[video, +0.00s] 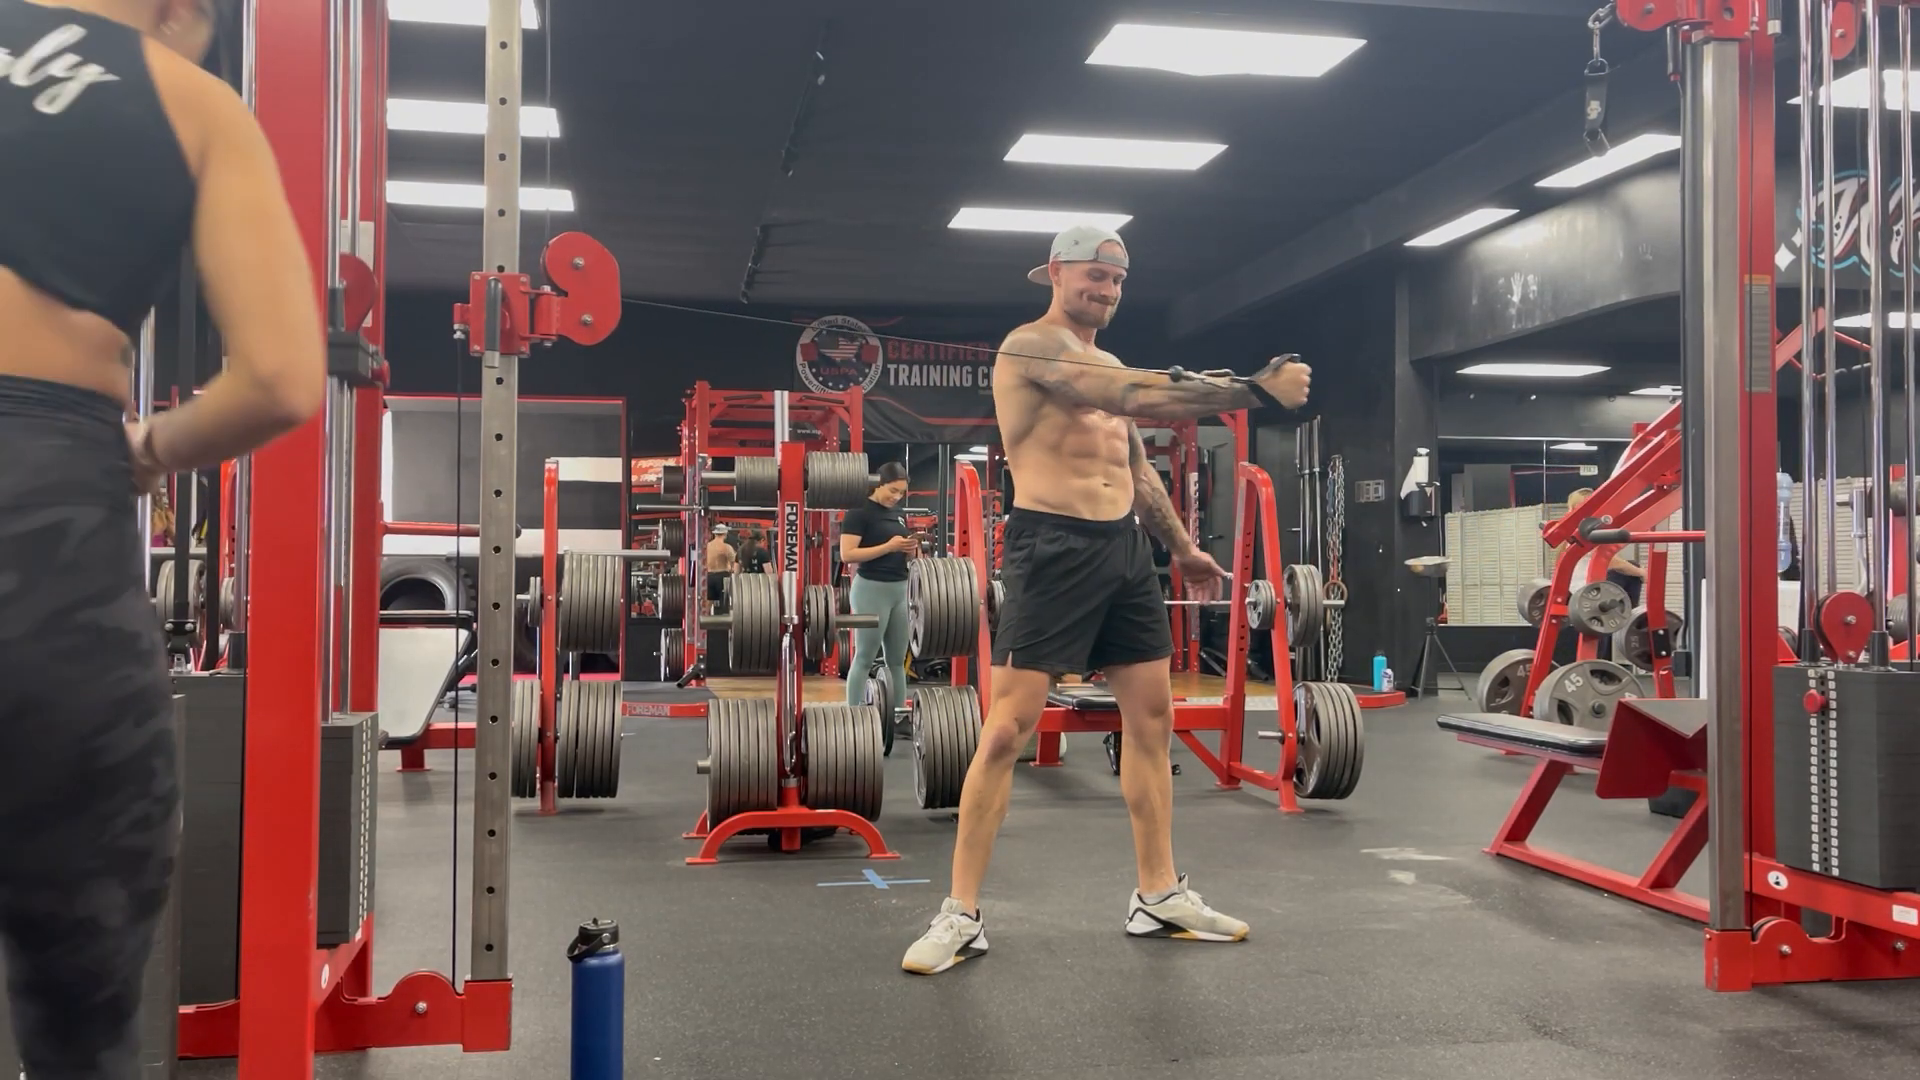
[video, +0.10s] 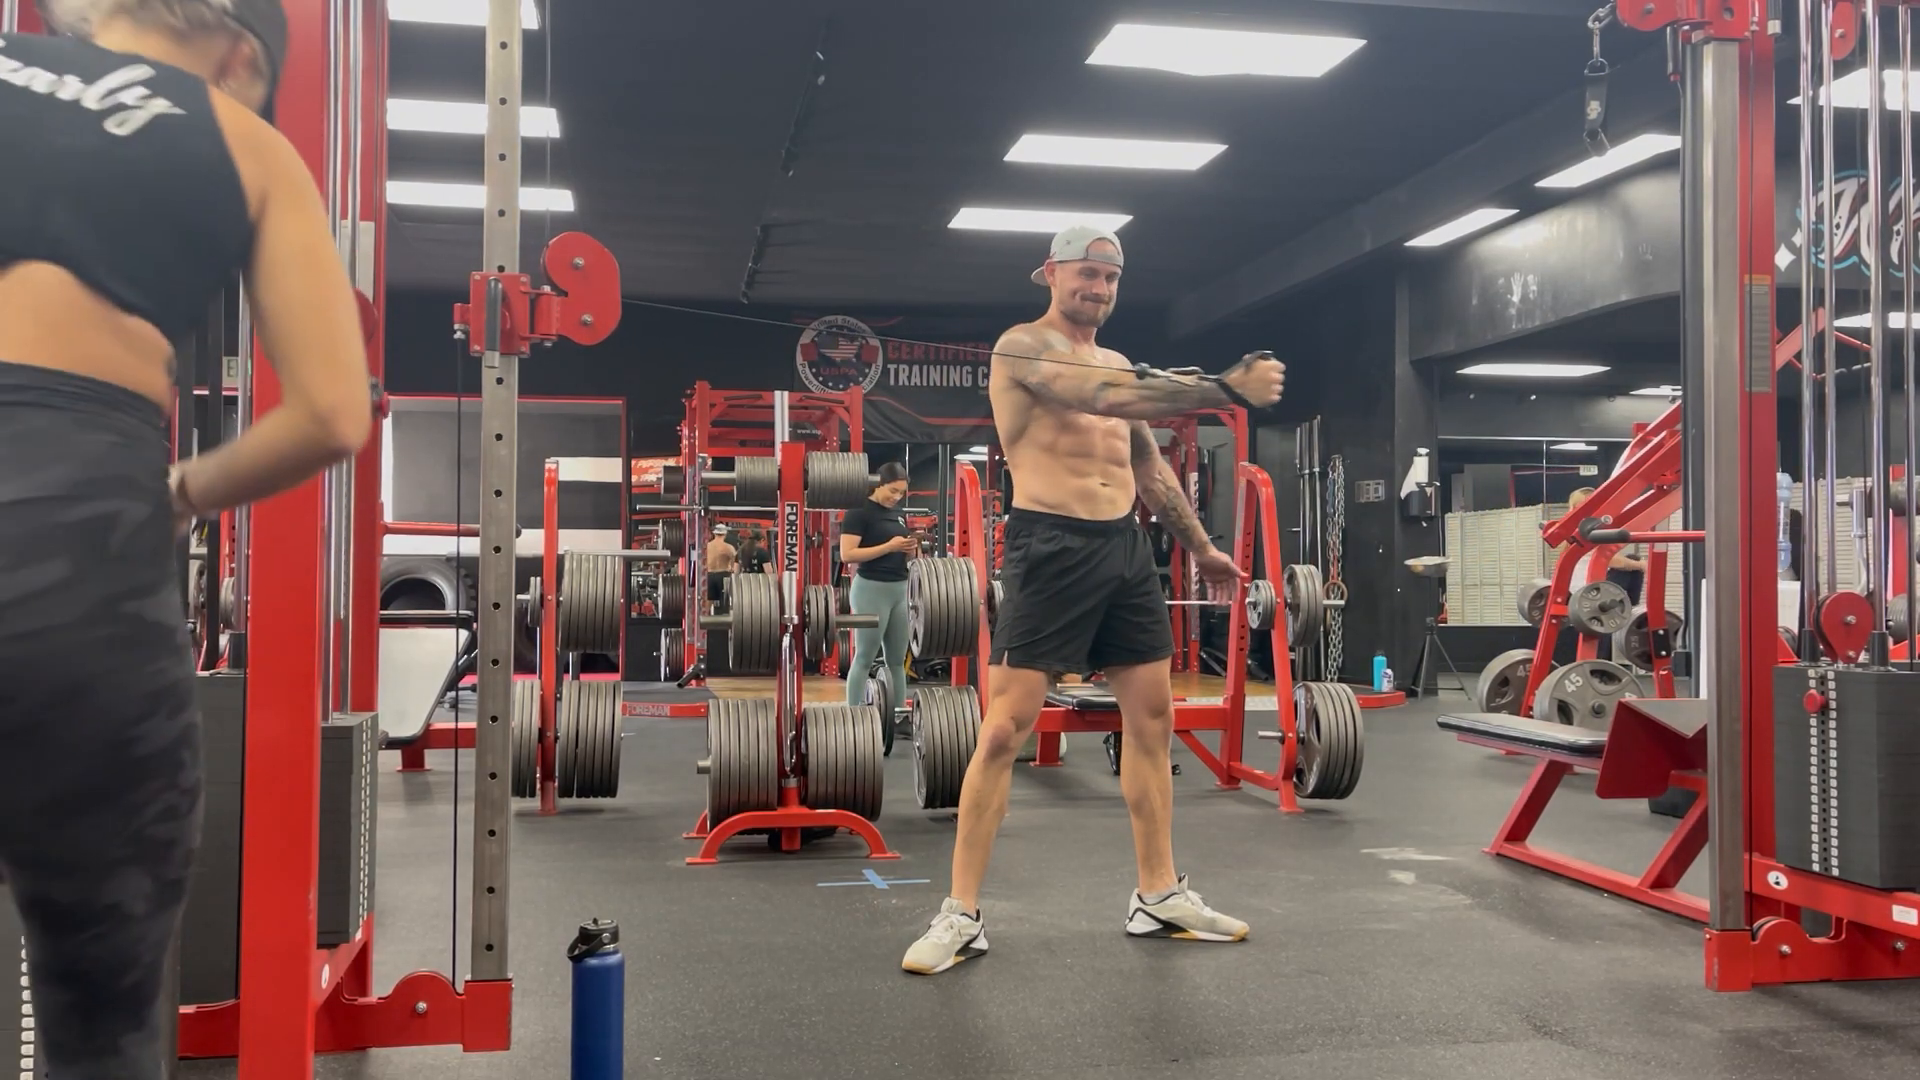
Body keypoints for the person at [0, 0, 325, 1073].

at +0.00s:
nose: (206, 40)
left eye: (207, 34)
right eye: (207, 30)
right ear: (172, 11)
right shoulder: (195, 104)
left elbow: (277, 381)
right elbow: (282, 382)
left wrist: (132, 447)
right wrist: (141, 445)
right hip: (43, 482)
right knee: (82, 1011)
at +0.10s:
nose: (254, 118)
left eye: (261, 107)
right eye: (259, 103)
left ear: (84, 22)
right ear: (232, 56)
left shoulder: (12, 51)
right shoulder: (247, 146)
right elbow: (332, 411)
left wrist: (170, 486)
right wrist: (180, 488)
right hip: (67, 482)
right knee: (101, 996)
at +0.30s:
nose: (320, 242)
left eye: (328, 228)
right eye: (326, 224)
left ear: (174, 134)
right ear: (299, 184)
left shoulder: (38, 148)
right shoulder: (306, 242)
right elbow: (390, 525)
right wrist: (241, 635)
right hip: (110, 510)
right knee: (128, 999)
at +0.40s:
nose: (336, 296)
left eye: (343, 286)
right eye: (341, 283)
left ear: (173, 191)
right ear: (313, 251)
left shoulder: (47, 206)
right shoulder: (322, 295)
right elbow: (403, 578)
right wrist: (266, 709)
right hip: (134, 506)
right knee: (140, 988)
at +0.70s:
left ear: (184, 295)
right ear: (287, 336)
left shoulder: (74, 311)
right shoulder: (313, 387)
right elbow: (369, 709)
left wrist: (18, 750)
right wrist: (284, 874)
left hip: (14, 472)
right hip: (194, 517)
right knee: (162, 991)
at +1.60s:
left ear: (196, 308)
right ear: (294, 355)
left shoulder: (71, 318)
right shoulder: (314, 410)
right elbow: (317, 737)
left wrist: (10, 758)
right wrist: (271, 930)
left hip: (5, 475)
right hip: (156, 527)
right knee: (163, 983)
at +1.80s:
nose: (329, 355)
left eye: (336, 339)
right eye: (331, 335)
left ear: (183, 245)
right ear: (304, 303)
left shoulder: (46, 264)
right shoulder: (302, 349)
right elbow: (347, 651)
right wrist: (311, 852)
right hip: (77, 529)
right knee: (141, 991)